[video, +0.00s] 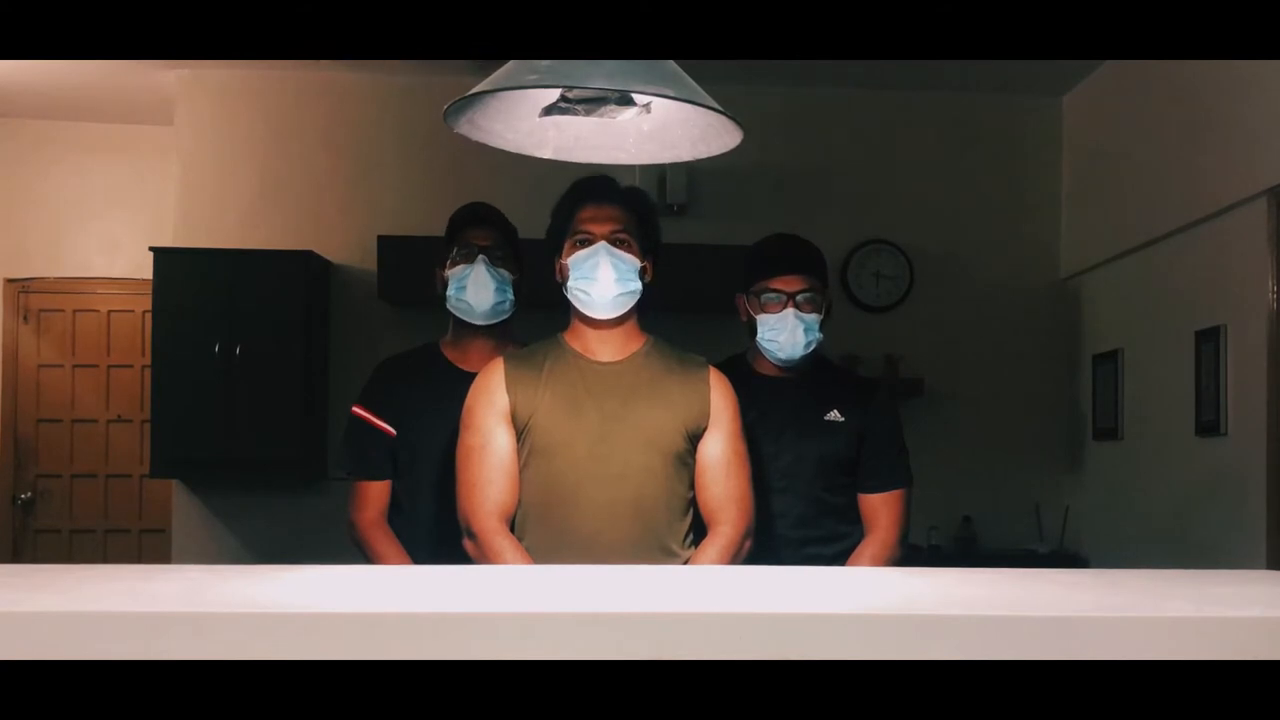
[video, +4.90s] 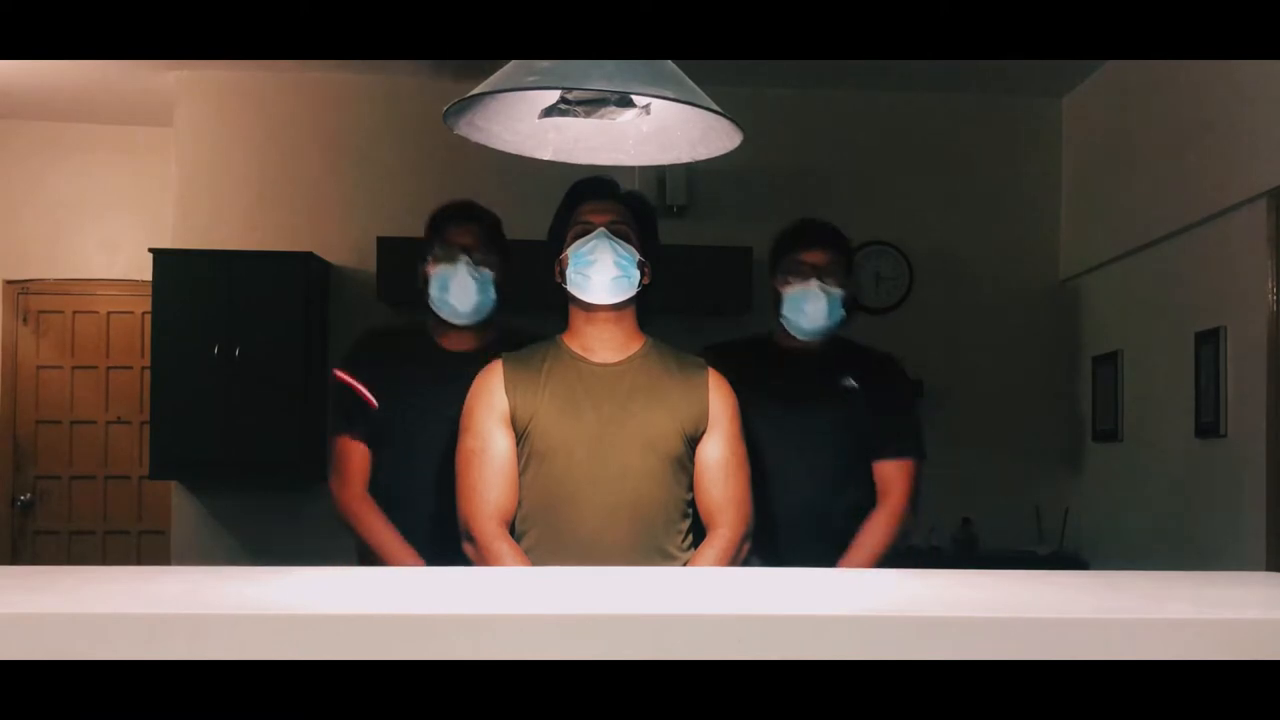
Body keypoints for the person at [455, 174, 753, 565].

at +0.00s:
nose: (601, 256)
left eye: (620, 242)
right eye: (583, 242)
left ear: (645, 268)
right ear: (560, 267)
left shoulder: (704, 387)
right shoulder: (503, 381)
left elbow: (732, 530)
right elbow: (483, 529)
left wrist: (668, 615)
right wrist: (552, 615)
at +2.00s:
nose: (603, 240)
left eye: (621, 233)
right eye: (586, 231)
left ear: (647, 267)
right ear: (562, 262)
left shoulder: (705, 388)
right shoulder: (503, 381)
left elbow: (731, 531)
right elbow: (483, 529)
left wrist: (667, 615)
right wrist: (549, 616)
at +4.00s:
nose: (601, 244)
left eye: (620, 235)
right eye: (584, 235)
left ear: (646, 268)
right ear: (560, 265)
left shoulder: (704, 391)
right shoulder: (502, 385)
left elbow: (729, 534)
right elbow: (485, 533)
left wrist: (666, 616)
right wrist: (549, 617)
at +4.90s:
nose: (601, 243)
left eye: (619, 235)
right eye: (583, 234)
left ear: (644, 268)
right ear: (560, 266)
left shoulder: (704, 389)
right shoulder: (502, 383)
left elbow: (729, 531)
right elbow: (485, 533)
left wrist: (667, 616)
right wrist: (550, 622)